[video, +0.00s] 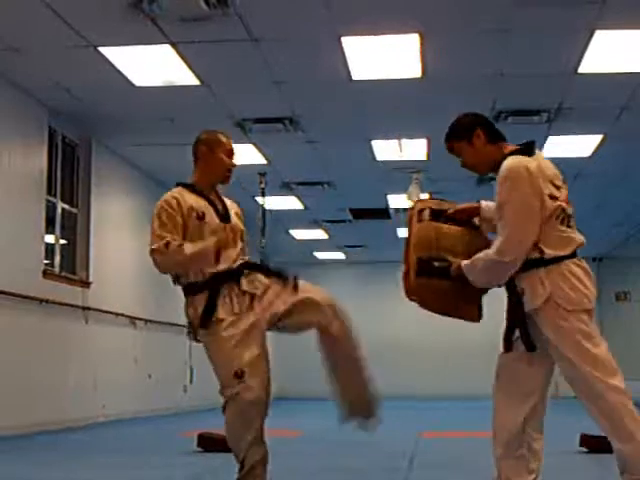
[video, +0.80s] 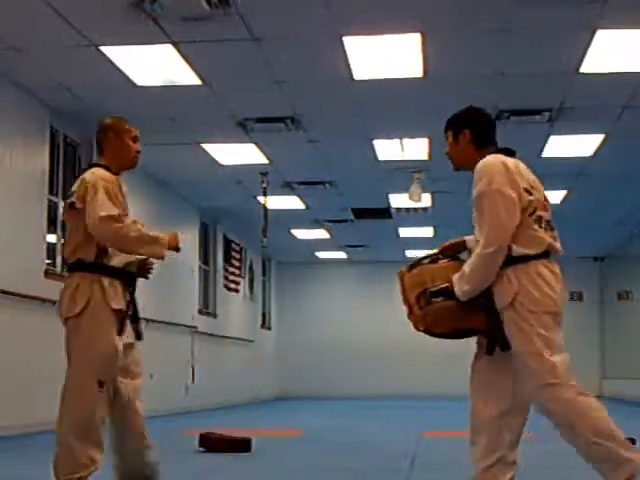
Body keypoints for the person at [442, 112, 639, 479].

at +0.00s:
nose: (464, 165)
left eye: (461, 155)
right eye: (459, 159)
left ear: (479, 139)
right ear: (483, 139)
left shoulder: (516, 168)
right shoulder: (529, 165)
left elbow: (511, 250)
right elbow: (520, 218)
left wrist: (466, 269)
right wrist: (475, 212)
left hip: (554, 283)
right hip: (532, 287)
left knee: (599, 387)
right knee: (516, 395)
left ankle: (634, 466)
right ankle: (517, 472)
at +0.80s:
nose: (447, 153)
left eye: (449, 144)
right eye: (446, 145)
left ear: (466, 137)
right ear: (477, 137)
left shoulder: (493, 168)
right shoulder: (512, 168)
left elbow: (494, 241)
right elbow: (514, 234)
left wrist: (461, 287)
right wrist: (467, 243)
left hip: (526, 282)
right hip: (516, 283)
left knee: (550, 386)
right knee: (492, 386)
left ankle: (627, 468)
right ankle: (492, 472)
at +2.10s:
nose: (330, 148)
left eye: (331, 139)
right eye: (328, 140)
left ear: (351, 134)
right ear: (366, 133)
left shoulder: (370, 174)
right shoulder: (404, 164)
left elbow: (354, 248)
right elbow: (383, 231)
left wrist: (320, 279)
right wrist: (332, 237)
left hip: (401, 285)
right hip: (436, 277)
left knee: (356, 378)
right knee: (450, 381)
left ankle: (361, 471)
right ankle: (508, 463)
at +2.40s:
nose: (404, 146)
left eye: (406, 136)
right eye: (402, 138)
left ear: (425, 129)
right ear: (433, 130)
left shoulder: (453, 155)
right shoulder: (463, 158)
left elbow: (446, 221)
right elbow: (449, 235)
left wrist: (396, 231)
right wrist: (399, 252)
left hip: (474, 275)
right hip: (492, 273)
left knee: (433, 378)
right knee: (489, 388)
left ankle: (415, 471)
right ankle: (523, 472)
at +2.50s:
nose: (418, 147)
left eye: (419, 136)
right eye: (415, 139)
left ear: (438, 127)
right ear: (445, 128)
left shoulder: (469, 154)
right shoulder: (480, 155)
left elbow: (468, 220)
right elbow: (477, 226)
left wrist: (418, 247)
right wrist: (426, 247)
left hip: (498, 270)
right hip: (513, 267)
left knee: (469, 374)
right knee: (511, 375)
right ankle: (525, 466)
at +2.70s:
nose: (452, 158)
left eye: (450, 149)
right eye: (448, 152)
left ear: (468, 134)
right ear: (473, 134)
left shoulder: (498, 162)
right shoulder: (526, 158)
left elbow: (501, 236)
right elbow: (525, 228)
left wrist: (469, 283)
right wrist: (471, 232)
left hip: (541, 278)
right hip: (546, 278)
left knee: (567, 378)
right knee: (522, 390)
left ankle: (634, 461)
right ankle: (523, 472)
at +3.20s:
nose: (527, 146)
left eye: (526, 135)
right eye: (523, 138)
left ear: (546, 122)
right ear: (547, 124)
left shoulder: (589, 158)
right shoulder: (575, 162)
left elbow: (587, 234)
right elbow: (582, 219)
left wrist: (540, 276)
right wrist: (545, 219)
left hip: (607, 283)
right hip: (578, 284)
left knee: (627, 391)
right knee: (547, 383)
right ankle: (531, 474)